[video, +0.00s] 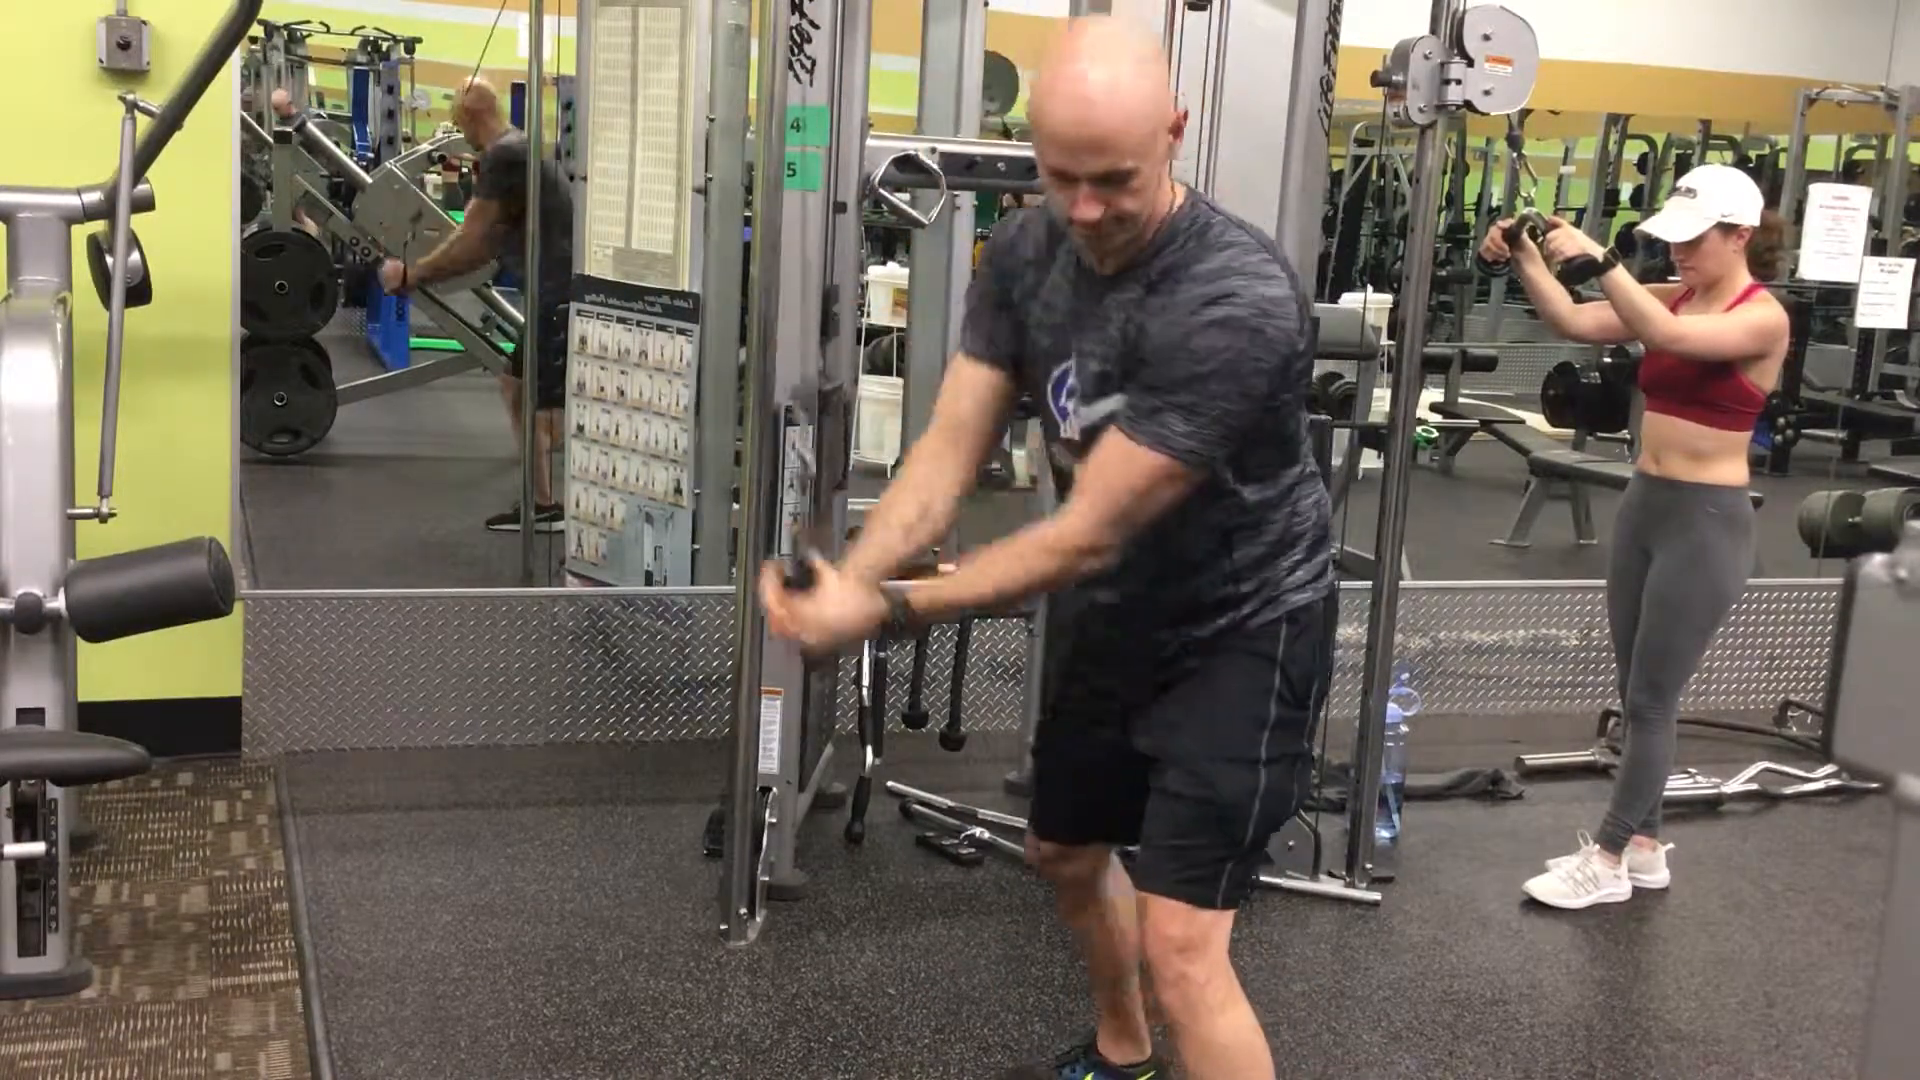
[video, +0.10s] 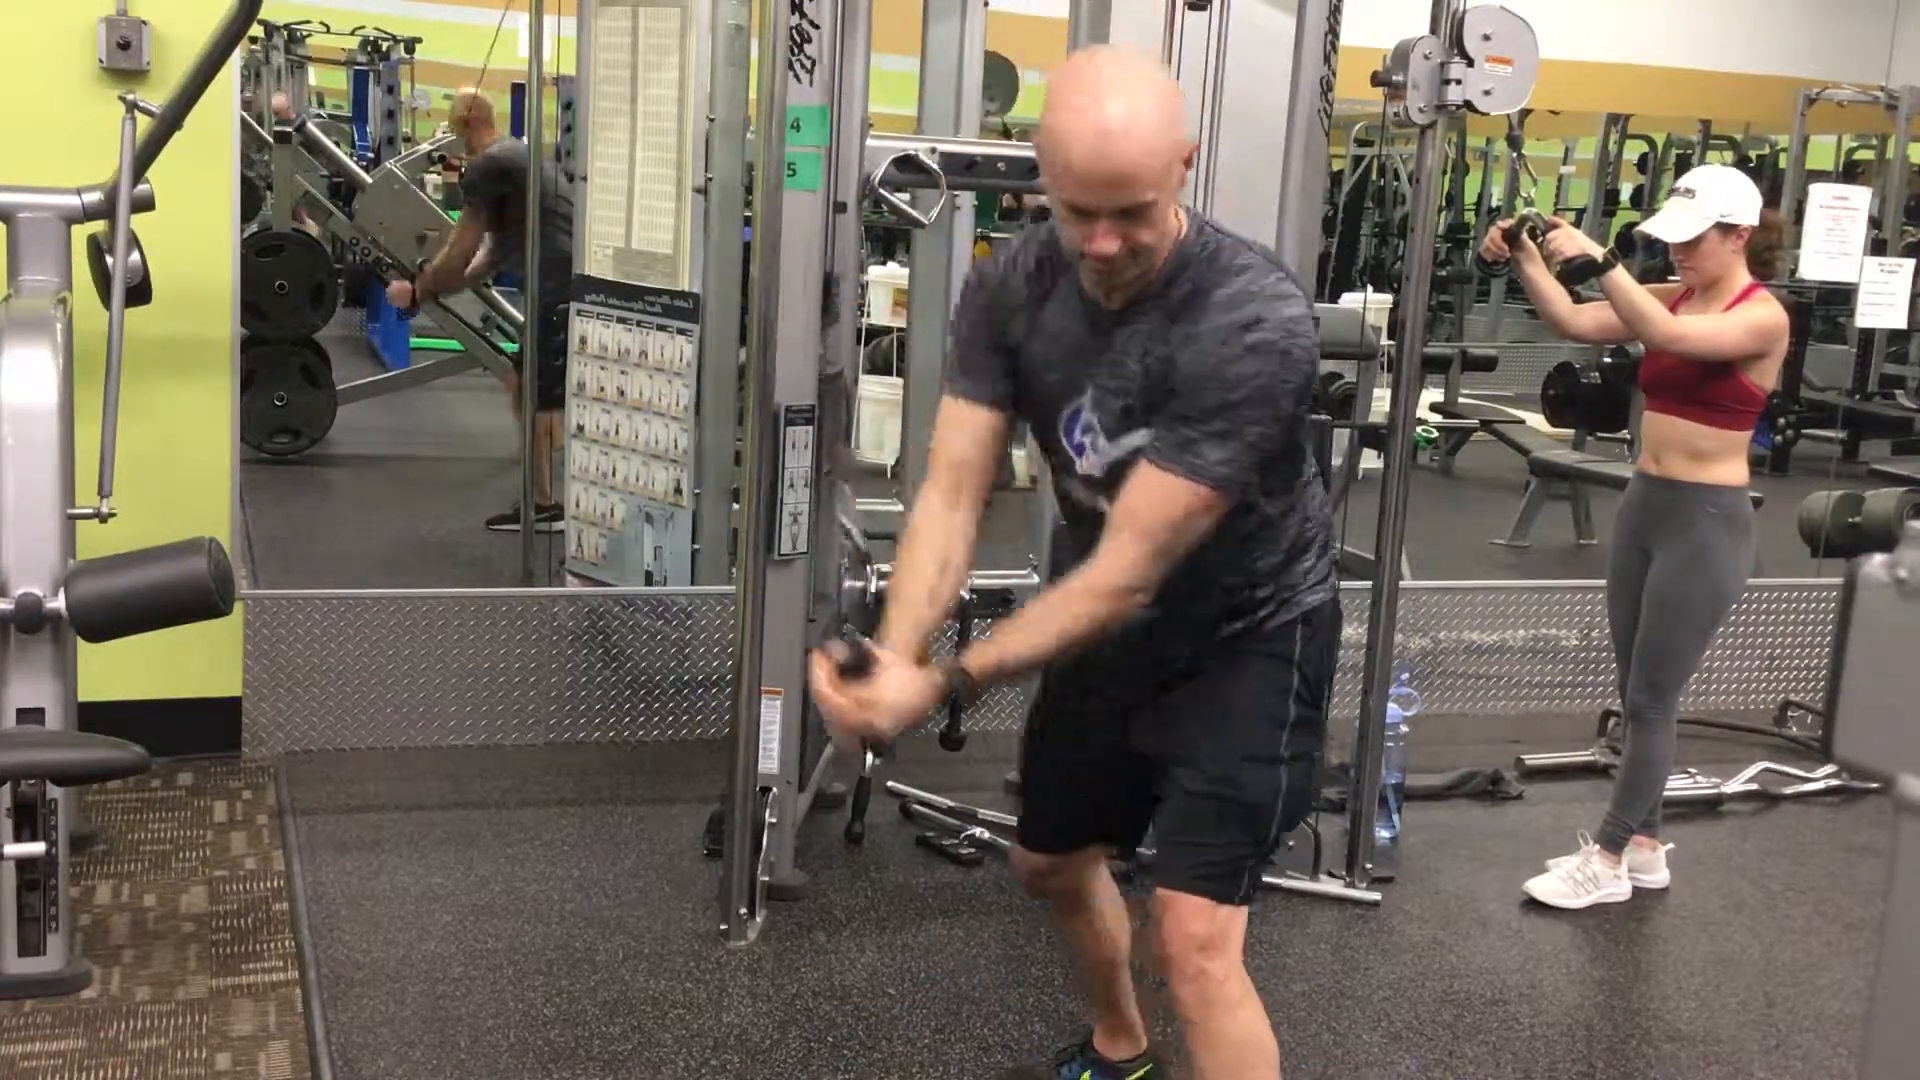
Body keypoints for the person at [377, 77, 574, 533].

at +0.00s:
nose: (456, 123)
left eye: (457, 115)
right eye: (456, 115)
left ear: (471, 113)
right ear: (493, 109)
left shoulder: (502, 155)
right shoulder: (521, 150)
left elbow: (473, 241)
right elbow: (485, 246)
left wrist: (413, 272)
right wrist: (423, 272)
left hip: (559, 292)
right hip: (566, 287)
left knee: (522, 386)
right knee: (518, 382)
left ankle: (544, 500)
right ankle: (545, 497)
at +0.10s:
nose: (449, 138)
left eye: (451, 129)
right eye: (449, 130)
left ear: (464, 124)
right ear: (490, 120)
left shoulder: (486, 166)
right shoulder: (525, 157)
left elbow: (457, 257)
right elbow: (487, 261)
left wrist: (417, 288)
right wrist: (434, 287)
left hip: (560, 291)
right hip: (588, 283)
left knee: (532, 394)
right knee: (528, 387)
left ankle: (543, 501)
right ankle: (552, 496)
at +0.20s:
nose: (447, 148)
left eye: (449, 139)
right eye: (447, 140)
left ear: (463, 135)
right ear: (492, 132)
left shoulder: (481, 175)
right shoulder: (525, 163)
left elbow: (455, 268)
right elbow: (499, 263)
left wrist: (427, 306)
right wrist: (443, 302)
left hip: (559, 294)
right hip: (590, 284)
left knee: (538, 400)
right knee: (520, 380)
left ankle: (545, 502)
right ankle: (550, 495)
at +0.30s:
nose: (450, 156)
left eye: (452, 147)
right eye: (450, 148)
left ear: (463, 144)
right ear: (493, 139)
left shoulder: (474, 184)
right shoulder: (530, 170)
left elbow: (456, 283)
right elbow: (509, 265)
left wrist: (434, 318)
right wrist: (457, 310)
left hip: (556, 295)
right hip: (591, 283)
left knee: (541, 409)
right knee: (523, 380)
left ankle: (544, 503)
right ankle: (545, 497)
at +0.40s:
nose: (456, 165)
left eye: (457, 157)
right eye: (455, 158)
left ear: (466, 155)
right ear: (498, 149)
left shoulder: (468, 197)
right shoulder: (536, 177)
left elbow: (461, 290)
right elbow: (526, 263)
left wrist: (452, 335)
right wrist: (481, 321)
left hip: (545, 296)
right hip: (586, 286)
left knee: (543, 415)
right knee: (545, 405)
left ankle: (560, 508)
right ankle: (541, 502)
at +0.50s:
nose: (459, 174)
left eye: (459, 167)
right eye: (457, 167)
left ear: (467, 166)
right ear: (502, 157)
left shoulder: (470, 208)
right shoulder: (542, 189)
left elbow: (468, 285)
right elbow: (534, 275)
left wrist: (471, 340)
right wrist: (498, 329)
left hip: (539, 307)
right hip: (581, 298)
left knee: (541, 421)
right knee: (556, 415)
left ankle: (562, 506)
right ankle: (540, 501)